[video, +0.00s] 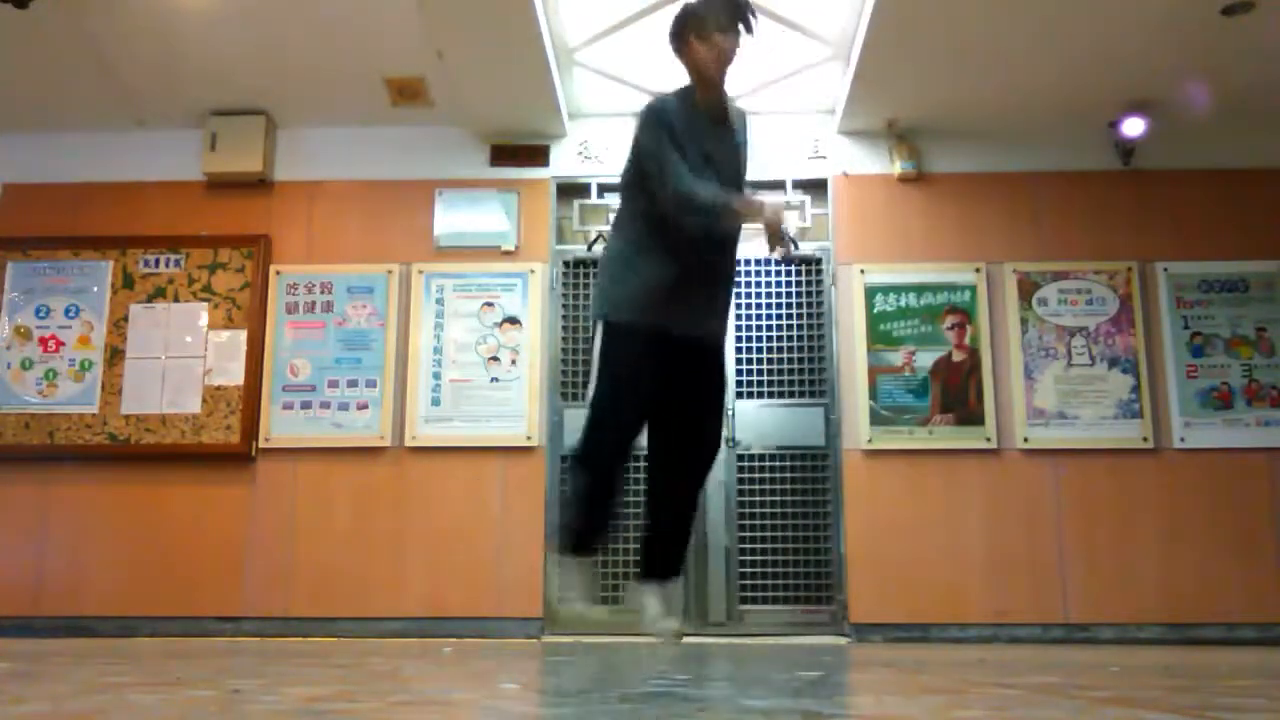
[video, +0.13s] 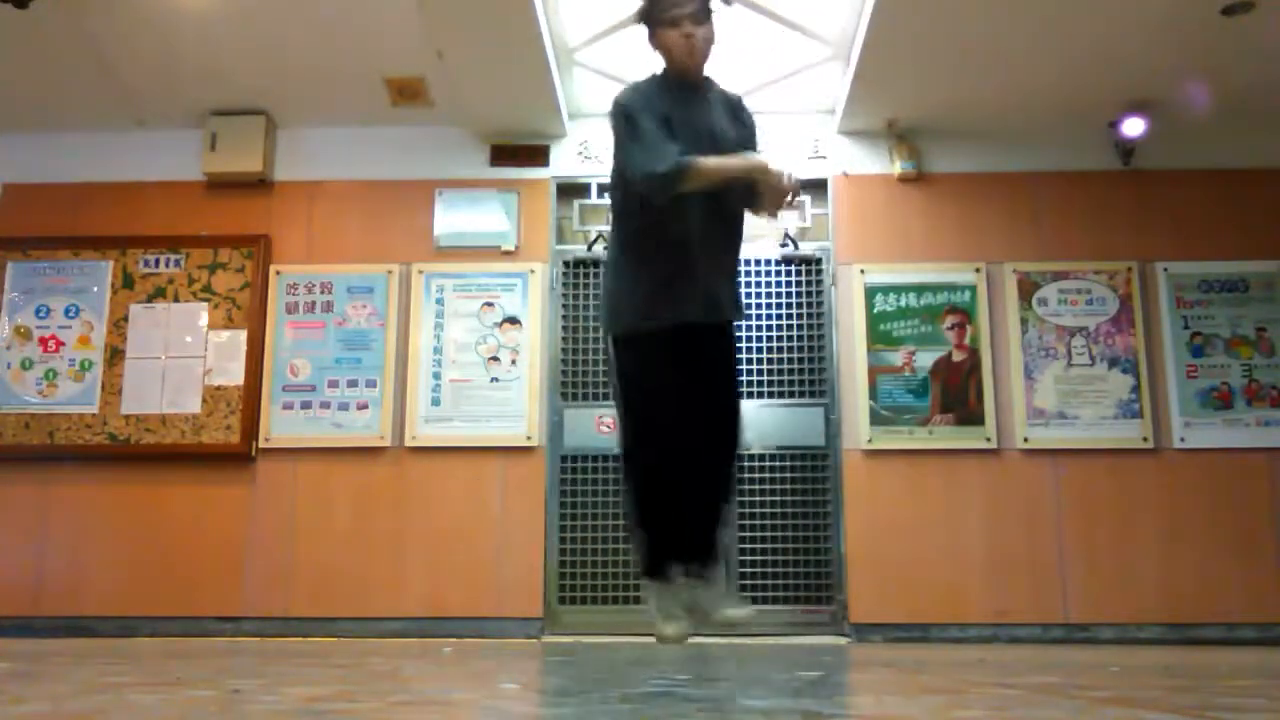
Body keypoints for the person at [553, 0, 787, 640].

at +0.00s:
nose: (726, 47)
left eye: (731, 37)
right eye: (714, 37)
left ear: (737, 45)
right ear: (687, 45)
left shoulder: (731, 123)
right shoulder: (661, 115)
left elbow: (723, 199)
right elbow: (680, 194)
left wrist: (765, 222)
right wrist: (755, 208)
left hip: (699, 314)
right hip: (639, 307)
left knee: (689, 447)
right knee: (613, 427)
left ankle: (657, 579)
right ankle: (575, 552)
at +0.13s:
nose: (692, 33)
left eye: (701, 22)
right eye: (677, 24)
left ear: (712, 31)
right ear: (653, 38)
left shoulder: (733, 110)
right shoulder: (636, 104)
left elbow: (743, 194)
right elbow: (662, 174)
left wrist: (768, 191)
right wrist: (746, 168)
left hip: (710, 302)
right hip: (644, 303)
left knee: (713, 439)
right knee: (653, 440)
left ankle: (703, 585)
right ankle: (662, 591)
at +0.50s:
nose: (660, 76)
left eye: (669, 64)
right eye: (647, 65)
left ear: (686, 73)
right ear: (626, 76)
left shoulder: (723, 138)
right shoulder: (601, 165)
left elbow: (769, 213)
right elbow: (577, 255)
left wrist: (798, 287)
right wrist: (570, 327)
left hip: (724, 321)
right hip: (647, 333)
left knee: (745, 442)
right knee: (658, 462)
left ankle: (749, 576)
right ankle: (677, 590)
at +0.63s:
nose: (664, 72)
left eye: (673, 60)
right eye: (650, 61)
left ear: (688, 67)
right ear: (628, 71)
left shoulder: (730, 137)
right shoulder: (607, 158)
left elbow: (796, 200)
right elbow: (568, 238)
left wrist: (843, 258)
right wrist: (541, 305)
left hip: (717, 319)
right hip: (645, 327)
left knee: (703, 446)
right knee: (655, 451)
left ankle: (666, 585)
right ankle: (709, 567)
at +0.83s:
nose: (665, 110)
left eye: (677, 100)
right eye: (654, 100)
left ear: (696, 109)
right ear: (638, 111)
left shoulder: (736, 173)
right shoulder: (623, 193)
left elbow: (798, 241)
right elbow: (593, 268)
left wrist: (852, 295)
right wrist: (565, 322)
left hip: (725, 351)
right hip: (659, 357)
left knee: (672, 470)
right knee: (674, 480)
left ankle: (653, 599)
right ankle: (738, 589)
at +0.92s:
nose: (658, 109)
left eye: (670, 97)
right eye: (650, 98)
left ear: (698, 100)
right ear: (641, 105)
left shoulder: (740, 162)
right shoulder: (634, 184)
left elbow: (782, 246)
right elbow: (615, 270)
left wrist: (791, 313)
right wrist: (603, 342)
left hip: (743, 343)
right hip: (675, 350)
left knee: (723, 474)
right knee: (693, 482)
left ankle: (738, 598)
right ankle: (726, 601)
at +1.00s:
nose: (679, 116)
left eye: (690, 105)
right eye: (668, 106)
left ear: (712, 113)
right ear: (656, 116)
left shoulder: (746, 171)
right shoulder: (652, 199)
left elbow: (769, 239)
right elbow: (634, 283)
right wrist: (631, 358)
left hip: (753, 355)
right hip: (689, 366)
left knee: (749, 466)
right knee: (711, 486)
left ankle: (818, 586)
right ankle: (752, 602)